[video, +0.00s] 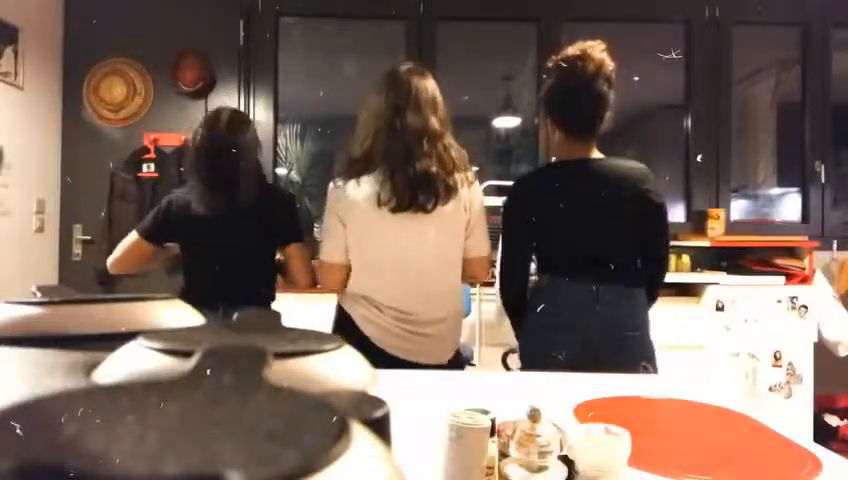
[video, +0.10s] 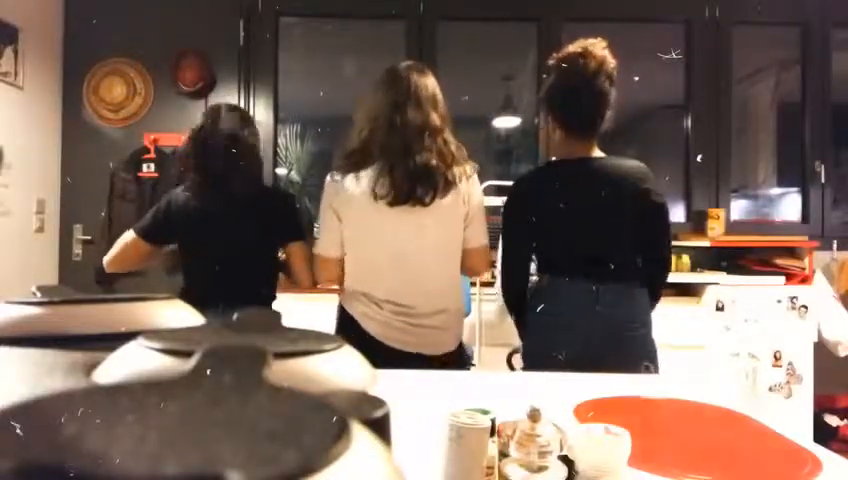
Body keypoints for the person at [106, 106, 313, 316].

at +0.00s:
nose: (260, 148)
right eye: (256, 143)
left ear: (198, 153)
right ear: (253, 149)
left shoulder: (181, 203)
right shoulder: (277, 202)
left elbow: (117, 264)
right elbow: (303, 279)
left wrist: (169, 252)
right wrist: (270, 262)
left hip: (194, 330)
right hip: (258, 332)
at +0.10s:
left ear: (197, 150)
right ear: (254, 149)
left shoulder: (182, 203)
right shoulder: (278, 203)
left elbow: (113, 262)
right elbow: (304, 280)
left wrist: (173, 253)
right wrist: (270, 260)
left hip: (194, 331)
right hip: (260, 333)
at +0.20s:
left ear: (196, 146)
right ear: (254, 145)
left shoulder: (181, 206)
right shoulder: (280, 203)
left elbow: (120, 269)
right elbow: (305, 282)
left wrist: (174, 250)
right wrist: (269, 262)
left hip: (199, 338)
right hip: (264, 338)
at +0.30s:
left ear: (198, 146)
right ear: (260, 145)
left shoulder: (182, 202)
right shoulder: (281, 202)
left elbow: (139, 270)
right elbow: (306, 279)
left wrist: (177, 246)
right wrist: (274, 260)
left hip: (202, 332)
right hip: (265, 331)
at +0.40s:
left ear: (206, 157)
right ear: (263, 154)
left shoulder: (191, 208)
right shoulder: (283, 208)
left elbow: (166, 264)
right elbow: (309, 286)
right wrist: (279, 260)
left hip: (209, 335)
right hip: (269, 335)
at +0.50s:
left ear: (204, 149)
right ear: (262, 146)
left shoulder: (190, 199)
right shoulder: (284, 200)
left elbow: (183, 250)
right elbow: (309, 280)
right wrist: (279, 257)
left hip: (207, 327)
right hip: (268, 325)